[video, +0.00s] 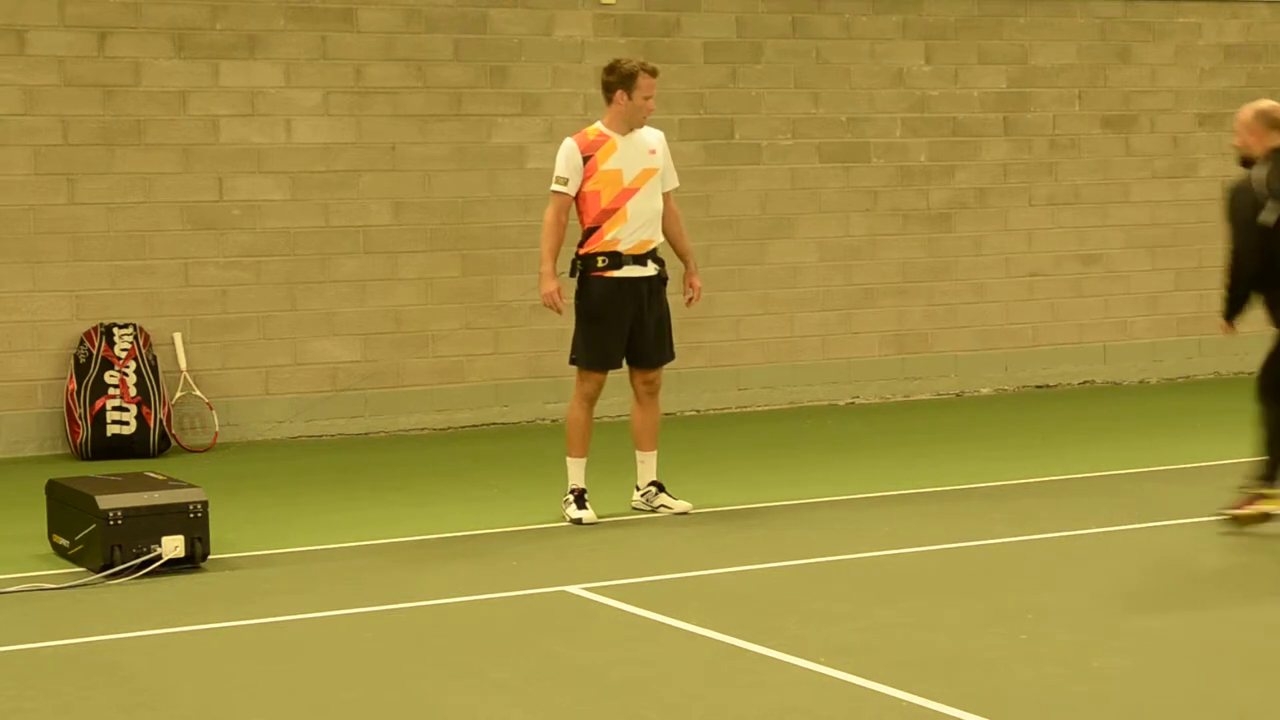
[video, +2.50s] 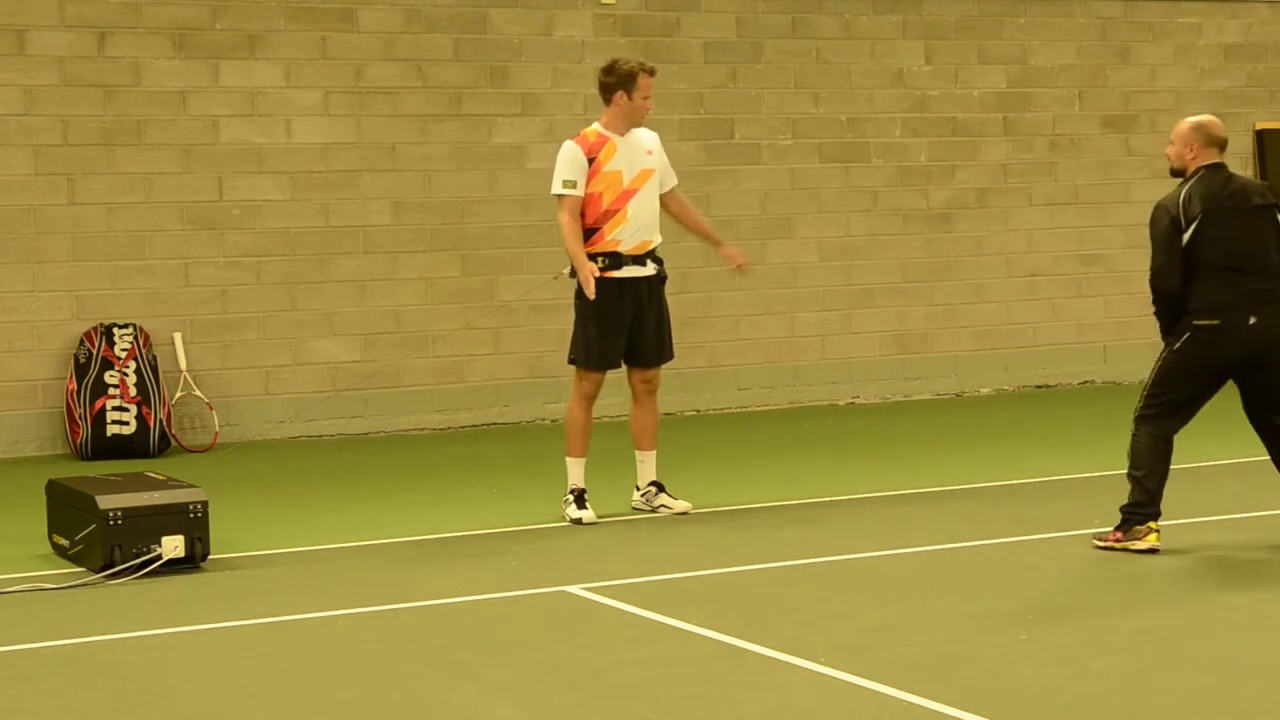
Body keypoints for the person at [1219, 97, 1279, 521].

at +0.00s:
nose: (1235, 140)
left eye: (1241, 133)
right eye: (1237, 132)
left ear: (1262, 135)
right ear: (1269, 133)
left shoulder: (1254, 186)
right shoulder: (1258, 183)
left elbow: (1246, 255)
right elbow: (1246, 256)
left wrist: (1232, 308)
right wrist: (1233, 307)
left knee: (1271, 382)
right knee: (1272, 383)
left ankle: (1269, 481)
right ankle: (1268, 480)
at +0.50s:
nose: (1085, 147)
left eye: (1091, 139)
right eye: (1087, 138)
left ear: (1113, 144)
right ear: (1129, 145)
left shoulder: (1098, 194)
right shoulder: (1173, 191)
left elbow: (1101, 261)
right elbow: (1198, 264)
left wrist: (1077, 317)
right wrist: (1166, 293)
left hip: (1129, 329)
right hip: (1181, 324)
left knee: (1080, 419)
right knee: (1180, 412)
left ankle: (1063, 531)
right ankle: (1222, 513)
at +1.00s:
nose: (950, 132)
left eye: (954, 124)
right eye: (953, 123)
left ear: (966, 128)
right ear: (996, 130)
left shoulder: (953, 182)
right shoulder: (1039, 183)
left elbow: (944, 250)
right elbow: (1071, 260)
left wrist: (919, 306)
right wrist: (1039, 304)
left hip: (976, 320)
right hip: (1034, 323)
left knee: (924, 416)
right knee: (994, 425)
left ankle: (889, 533)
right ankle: (1014, 539)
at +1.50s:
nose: (919, 199)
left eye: (922, 192)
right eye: (922, 190)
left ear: (934, 195)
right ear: (964, 196)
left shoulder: (907, 242)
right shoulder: (1005, 245)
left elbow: (878, 307)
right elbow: (1044, 316)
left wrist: (864, 357)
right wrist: (1071, 380)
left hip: (940, 371)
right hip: (1006, 375)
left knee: (871, 459)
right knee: (967, 436)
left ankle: (845, 564)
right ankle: (1007, 538)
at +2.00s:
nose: (1059, 126)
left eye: (1065, 118)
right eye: (1061, 117)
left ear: (1085, 122)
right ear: (1106, 122)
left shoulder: (1063, 176)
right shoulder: (1147, 175)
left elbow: (1050, 246)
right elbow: (1156, 245)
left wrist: (1024, 310)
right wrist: (1130, 286)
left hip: (1092, 318)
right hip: (1151, 315)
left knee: (1087, 408)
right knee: (1132, 408)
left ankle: (1125, 508)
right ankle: (1123, 511)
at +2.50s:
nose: (1166, 151)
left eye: (1172, 144)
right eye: (1169, 143)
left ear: (1192, 149)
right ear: (1213, 151)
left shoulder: (1174, 205)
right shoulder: (1263, 195)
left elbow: (1166, 282)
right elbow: (1274, 263)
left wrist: (1174, 337)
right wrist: (1264, 313)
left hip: (1209, 332)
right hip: (1269, 332)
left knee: (1154, 419)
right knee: (1273, 422)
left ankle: (1140, 522)